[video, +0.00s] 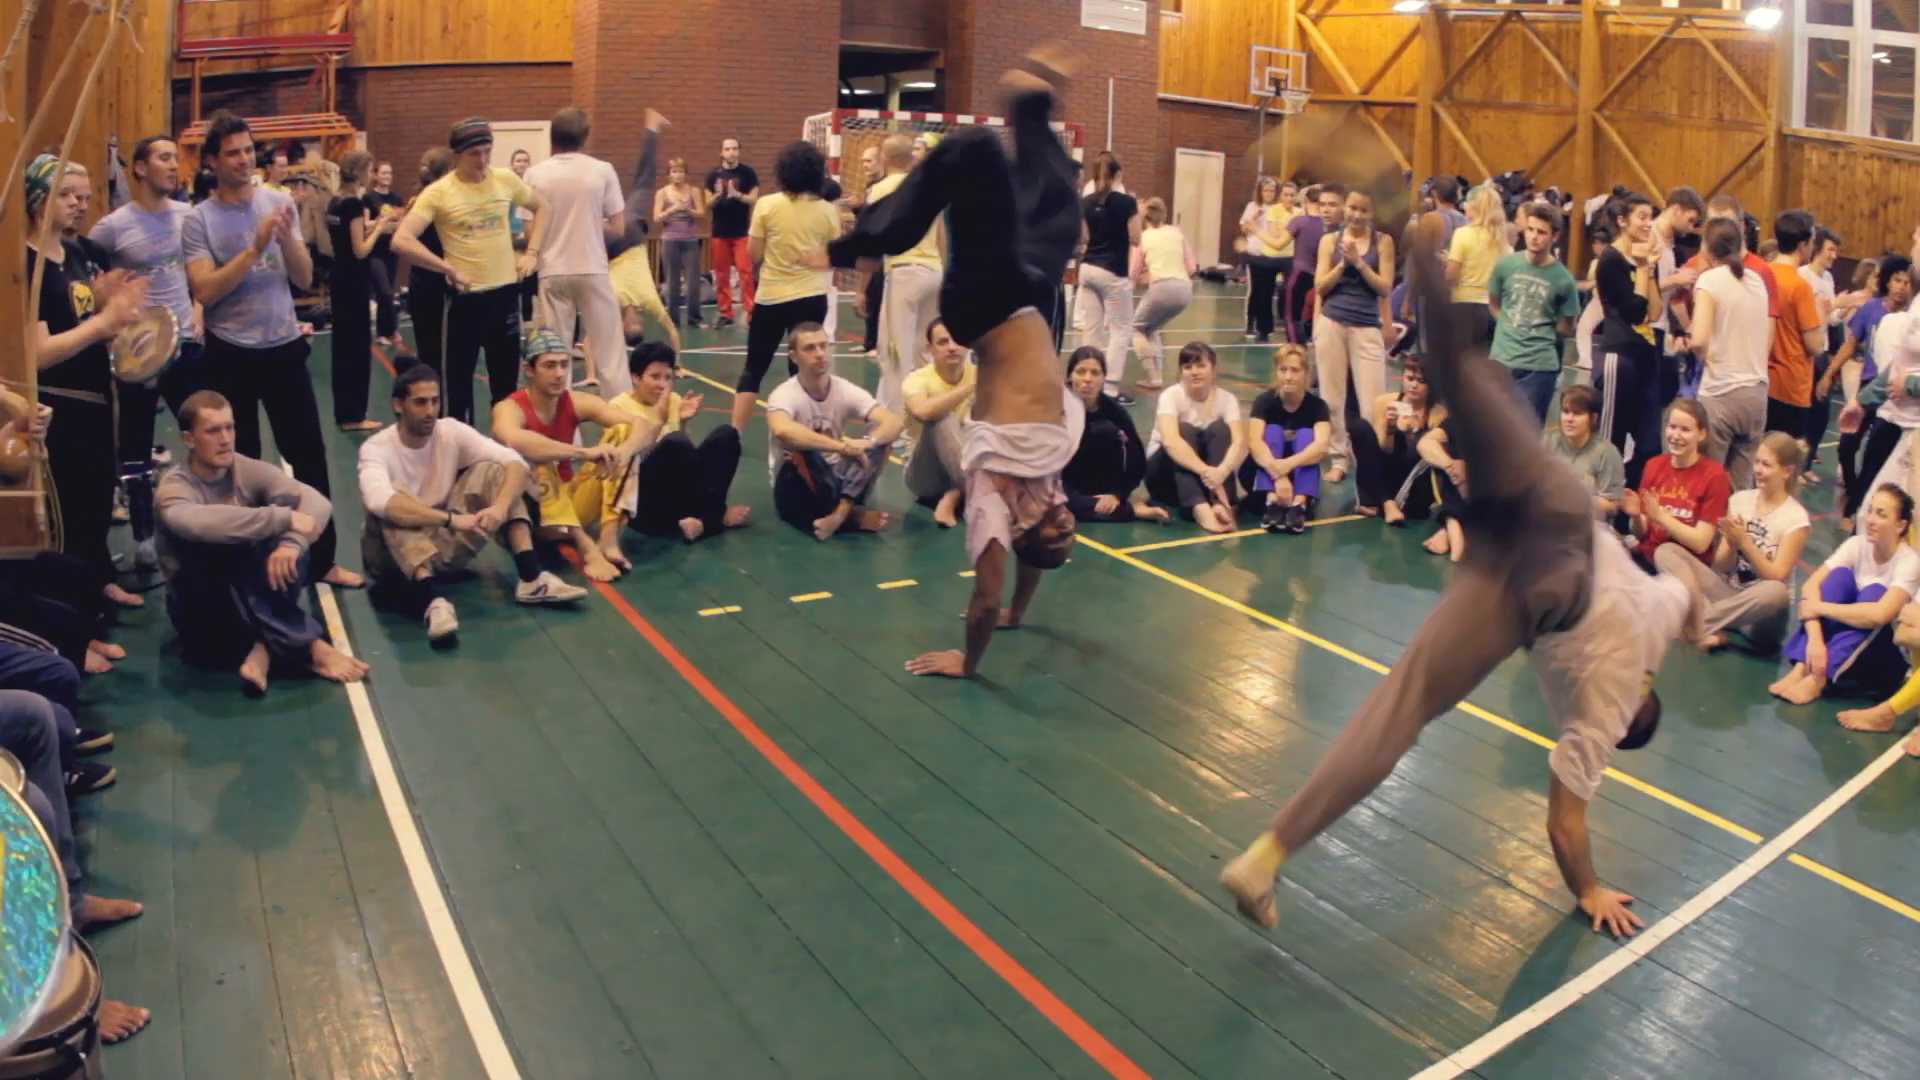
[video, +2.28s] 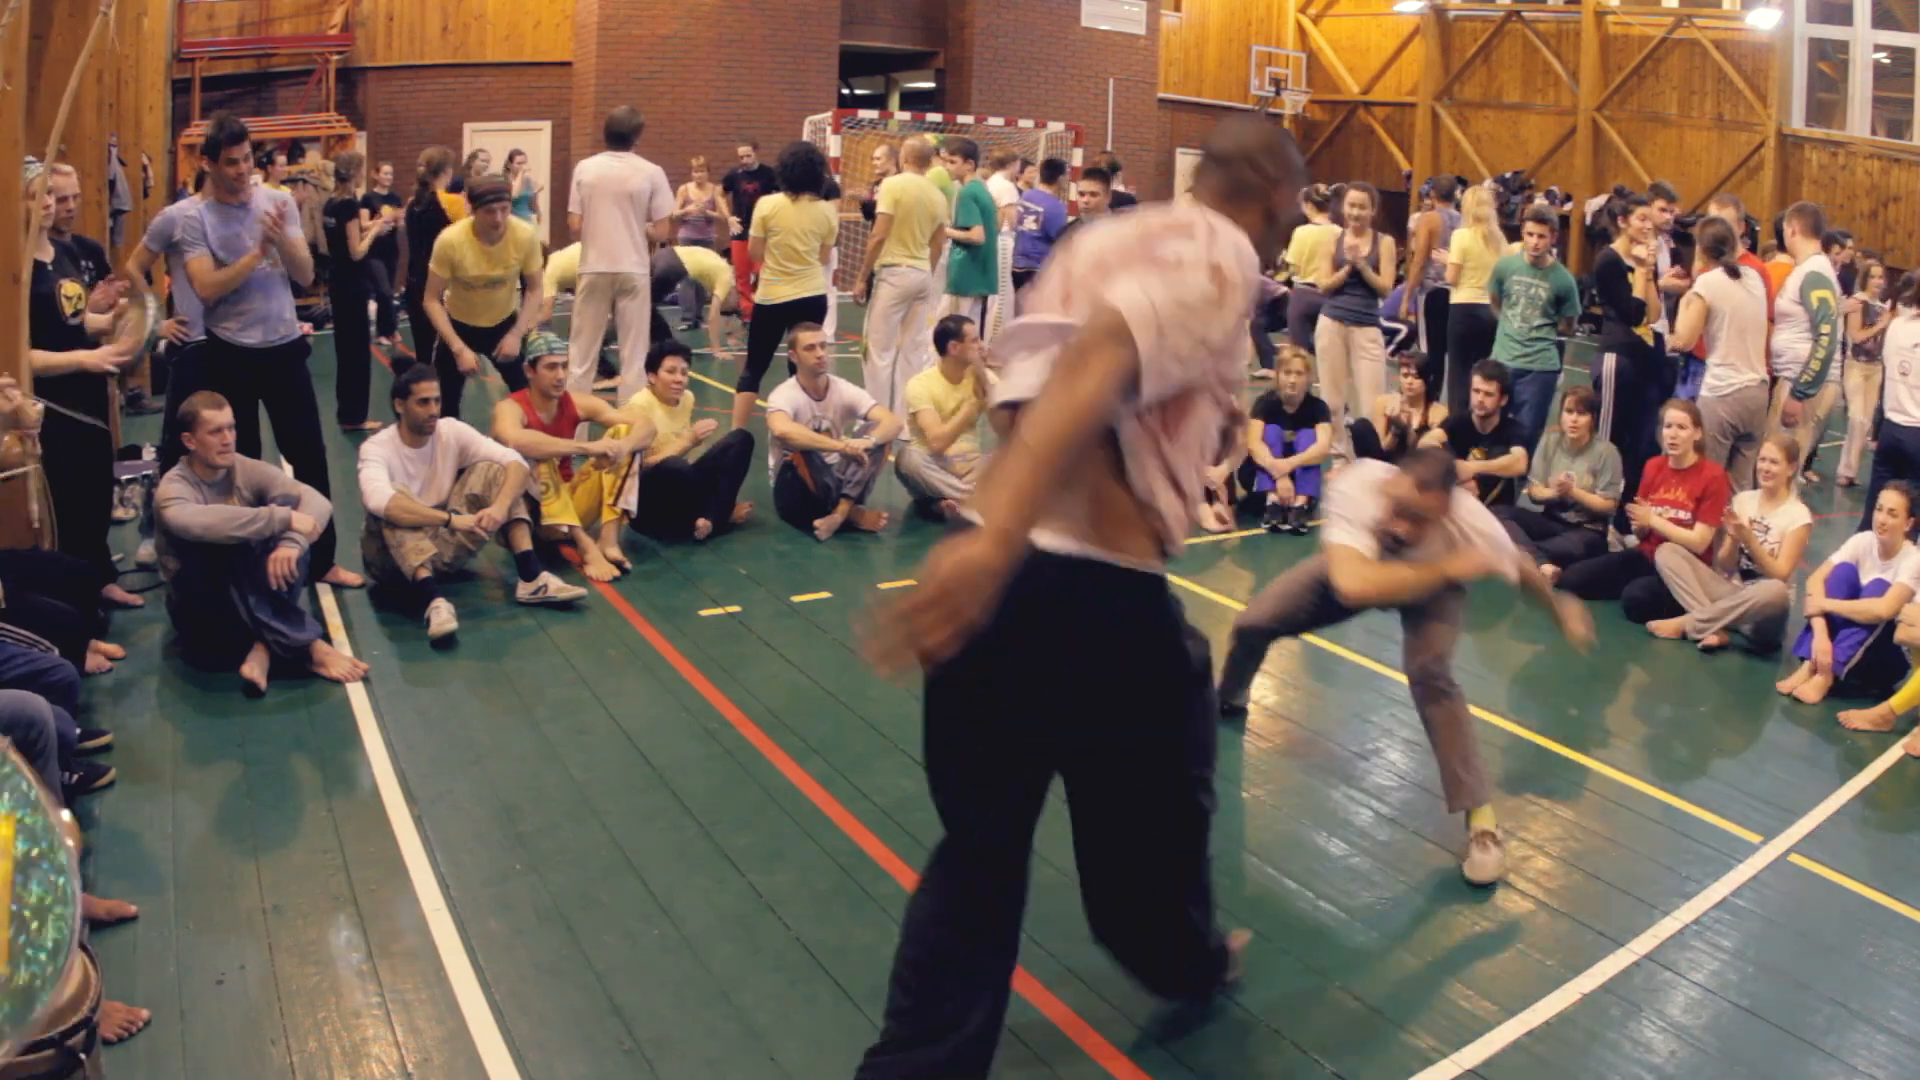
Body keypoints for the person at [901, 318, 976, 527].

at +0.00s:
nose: (952, 348)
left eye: (957, 340)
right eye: (943, 342)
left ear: (967, 344)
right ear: (931, 348)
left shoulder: (978, 375)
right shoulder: (916, 380)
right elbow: (923, 412)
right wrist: (970, 387)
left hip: (971, 470)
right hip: (927, 479)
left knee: (979, 424)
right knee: (943, 422)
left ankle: (954, 495)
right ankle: (979, 493)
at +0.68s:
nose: (941, 338)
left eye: (945, 332)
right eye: (931, 334)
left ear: (950, 335)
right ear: (916, 342)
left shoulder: (966, 369)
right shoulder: (905, 376)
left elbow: (1007, 408)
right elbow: (917, 409)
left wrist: (981, 374)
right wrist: (961, 379)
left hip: (970, 471)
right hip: (927, 475)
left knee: (1006, 414)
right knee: (916, 424)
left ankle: (952, 497)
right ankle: (982, 493)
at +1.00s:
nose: (947, 342)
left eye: (951, 335)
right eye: (937, 338)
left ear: (957, 339)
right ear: (921, 346)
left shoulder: (970, 373)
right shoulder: (911, 382)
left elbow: (1005, 425)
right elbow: (929, 427)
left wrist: (985, 380)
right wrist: (969, 391)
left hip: (972, 466)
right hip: (932, 471)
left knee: (1024, 431)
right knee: (915, 441)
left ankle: (954, 499)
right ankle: (990, 501)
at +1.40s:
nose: (972, 348)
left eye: (971, 341)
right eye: (966, 342)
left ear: (947, 345)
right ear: (944, 345)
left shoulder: (976, 377)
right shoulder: (915, 383)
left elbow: (1005, 432)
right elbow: (925, 436)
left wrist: (991, 386)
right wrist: (954, 388)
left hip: (973, 466)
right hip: (934, 467)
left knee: (1028, 440)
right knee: (913, 447)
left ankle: (953, 500)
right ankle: (986, 501)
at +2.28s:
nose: (981, 346)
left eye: (979, 340)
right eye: (974, 341)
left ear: (955, 348)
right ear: (954, 348)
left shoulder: (982, 377)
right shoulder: (919, 386)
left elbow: (1006, 431)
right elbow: (937, 442)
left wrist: (985, 380)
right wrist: (972, 405)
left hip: (974, 463)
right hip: (935, 464)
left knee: (1006, 458)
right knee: (908, 457)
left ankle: (964, 506)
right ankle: (976, 499)